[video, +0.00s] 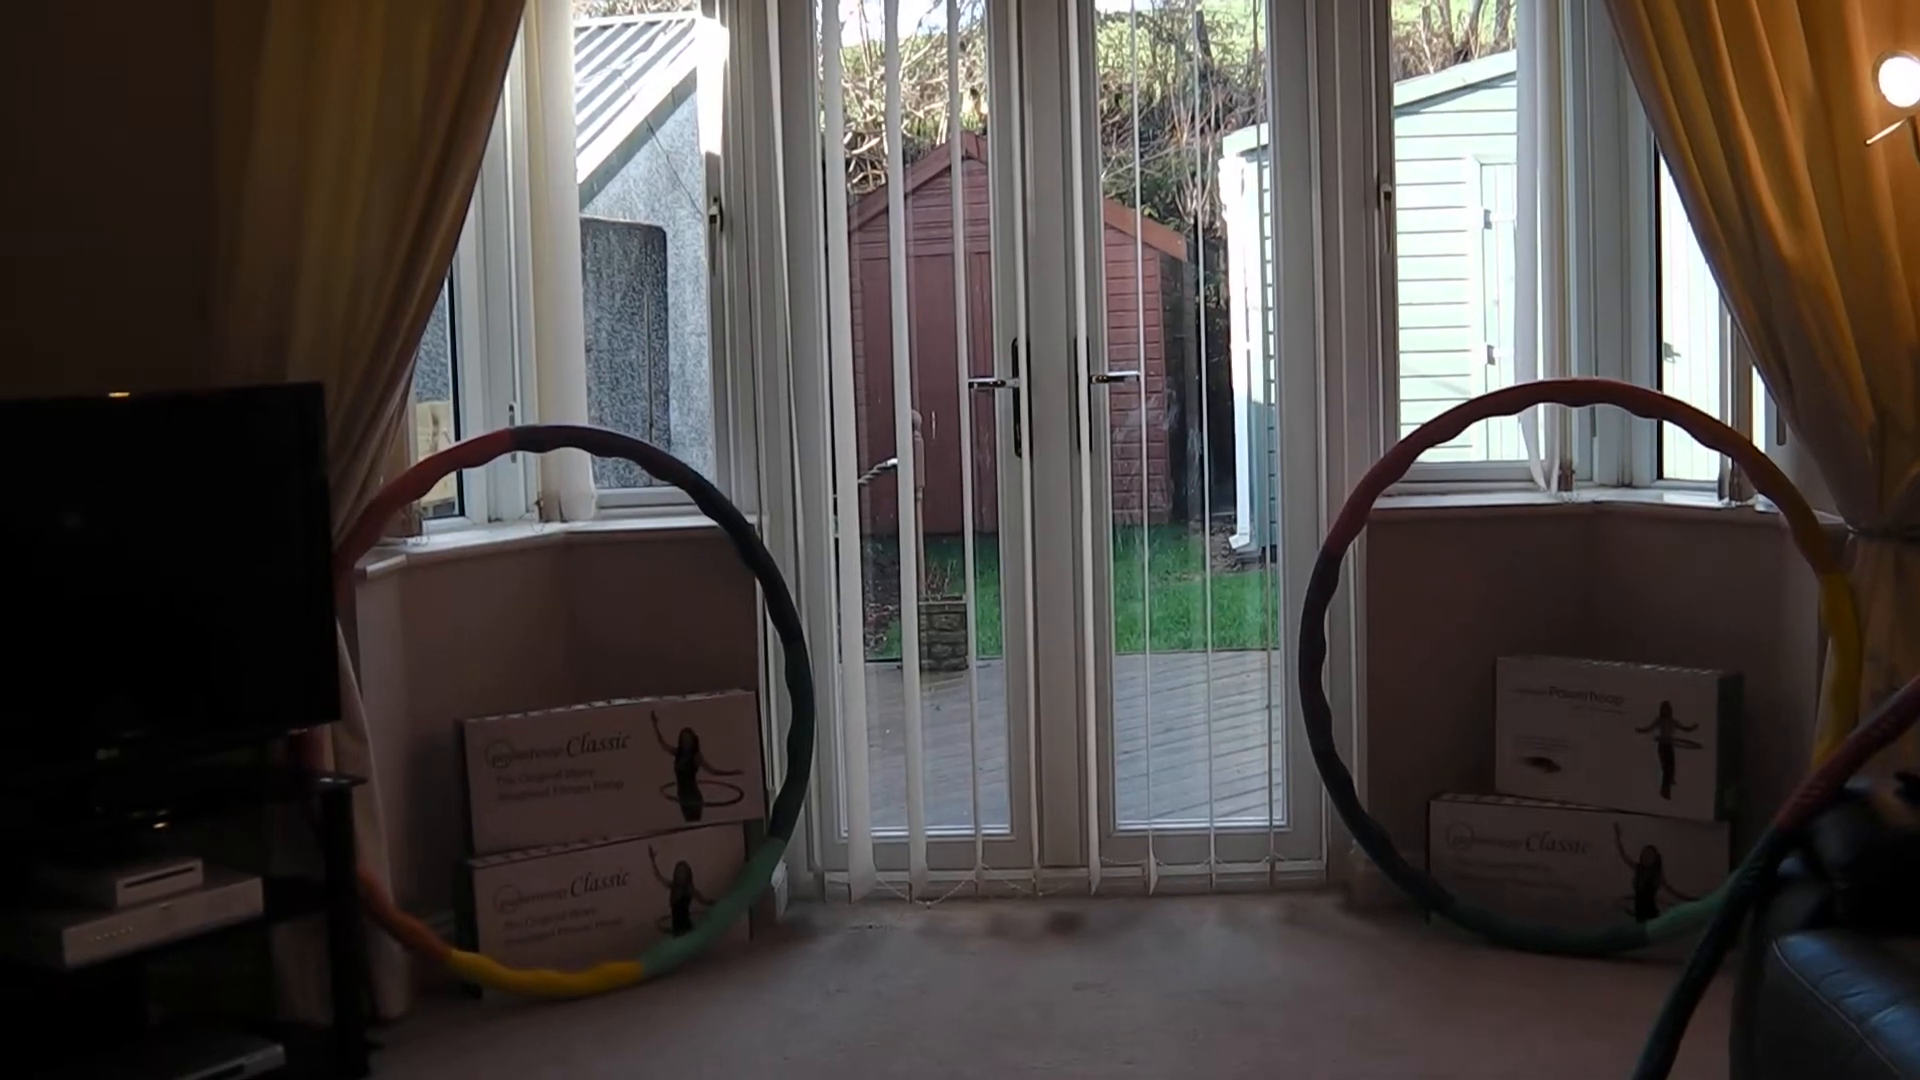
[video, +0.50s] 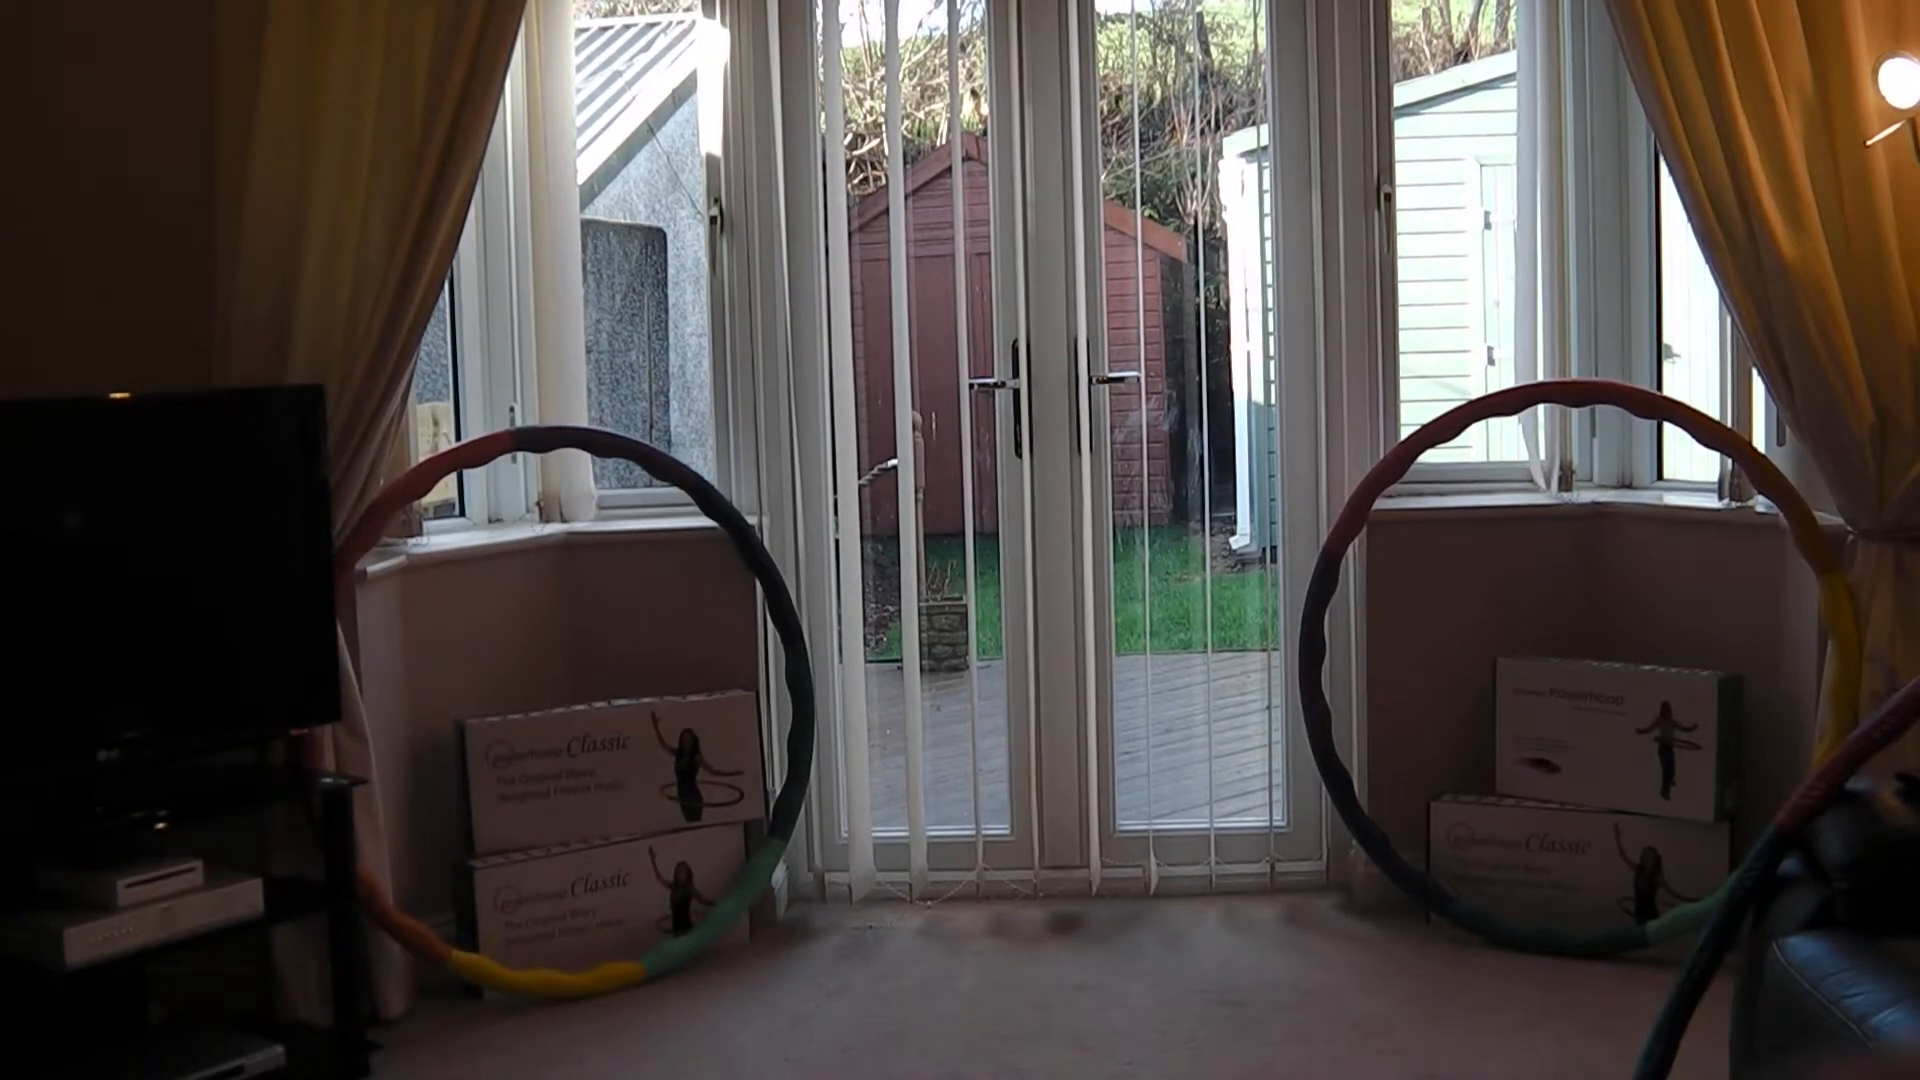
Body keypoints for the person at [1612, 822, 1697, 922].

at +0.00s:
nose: (1646, 858)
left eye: (1649, 855)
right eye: (1644, 855)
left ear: (1655, 859)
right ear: (1640, 856)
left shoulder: (1657, 876)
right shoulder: (1638, 870)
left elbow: (1673, 893)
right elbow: (1623, 856)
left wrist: (1692, 900)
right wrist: (1617, 837)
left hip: (1651, 911)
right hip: (1638, 909)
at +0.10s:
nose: (1646, 859)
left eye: (1650, 857)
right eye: (1645, 856)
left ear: (1655, 860)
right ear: (1641, 858)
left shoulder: (1657, 877)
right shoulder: (1638, 871)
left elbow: (1673, 894)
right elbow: (1623, 857)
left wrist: (1692, 901)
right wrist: (1618, 838)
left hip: (1651, 913)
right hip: (1639, 912)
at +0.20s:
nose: (1646, 858)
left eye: (1650, 856)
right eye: (1645, 855)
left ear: (1655, 859)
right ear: (1641, 857)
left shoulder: (1657, 876)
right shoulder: (1639, 870)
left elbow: (1673, 893)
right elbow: (1624, 857)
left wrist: (1691, 900)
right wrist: (1618, 838)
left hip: (1651, 912)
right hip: (1639, 911)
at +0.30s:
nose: (1646, 859)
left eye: (1650, 856)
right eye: (1645, 856)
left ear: (1655, 859)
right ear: (1641, 857)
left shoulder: (1657, 876)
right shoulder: (1639, 870)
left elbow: (1673, 894)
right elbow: (1623, 857)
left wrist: (1691, 900)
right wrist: (1618, 838)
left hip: (1651, 912)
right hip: (1639, 911)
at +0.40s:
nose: (1646, 859)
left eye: (1650, 856)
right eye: (1645, 855)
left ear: (1655, 859)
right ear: (1641, 857)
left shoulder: (1657, 876)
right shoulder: (1639, 870)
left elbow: (1673, 894)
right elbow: (1623, 857)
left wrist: (1691, 900)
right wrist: (1618, 838)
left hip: (1651, 913)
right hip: (1639, 911)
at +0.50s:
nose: (1647, 859)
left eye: (1650, 856)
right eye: (1645, 856)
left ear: (1655, 859)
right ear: (1642, 857)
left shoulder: (1657, 876)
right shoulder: (1639, 870)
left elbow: (1673, 894)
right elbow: (1623, 857)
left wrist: (1692, 900)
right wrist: (1618, 839)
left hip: (1651, 912)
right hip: (1639, 911)